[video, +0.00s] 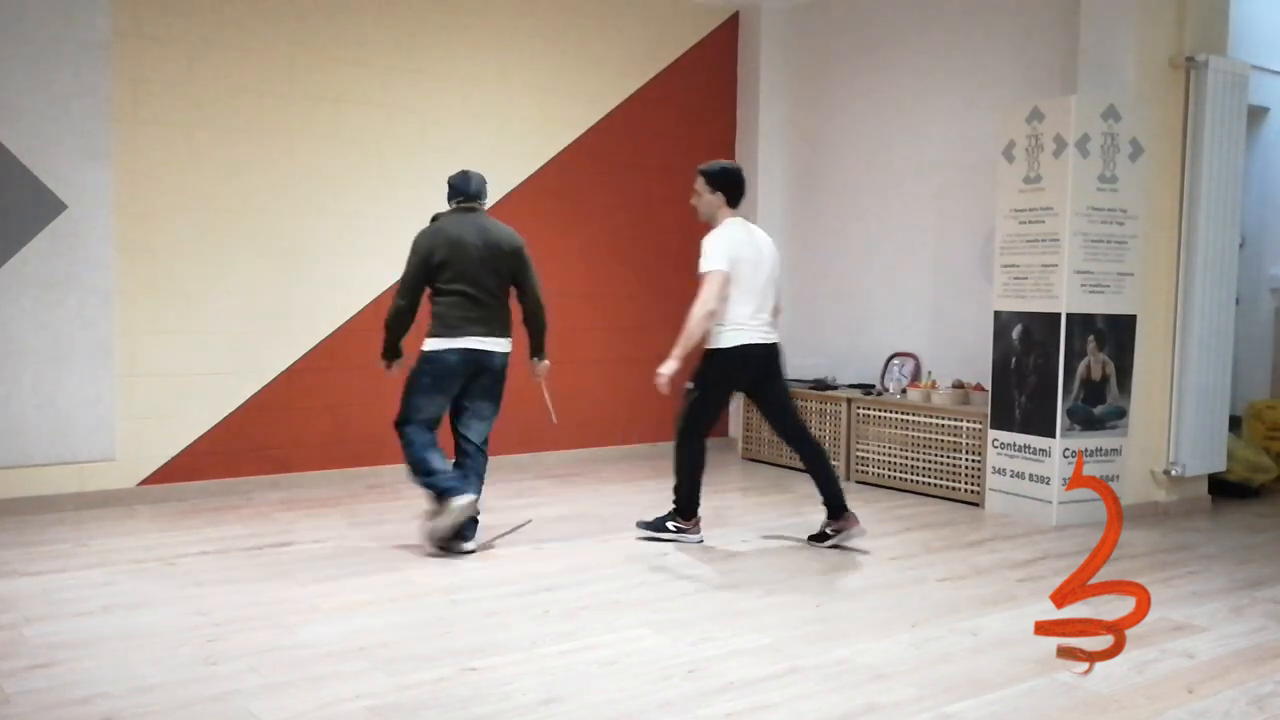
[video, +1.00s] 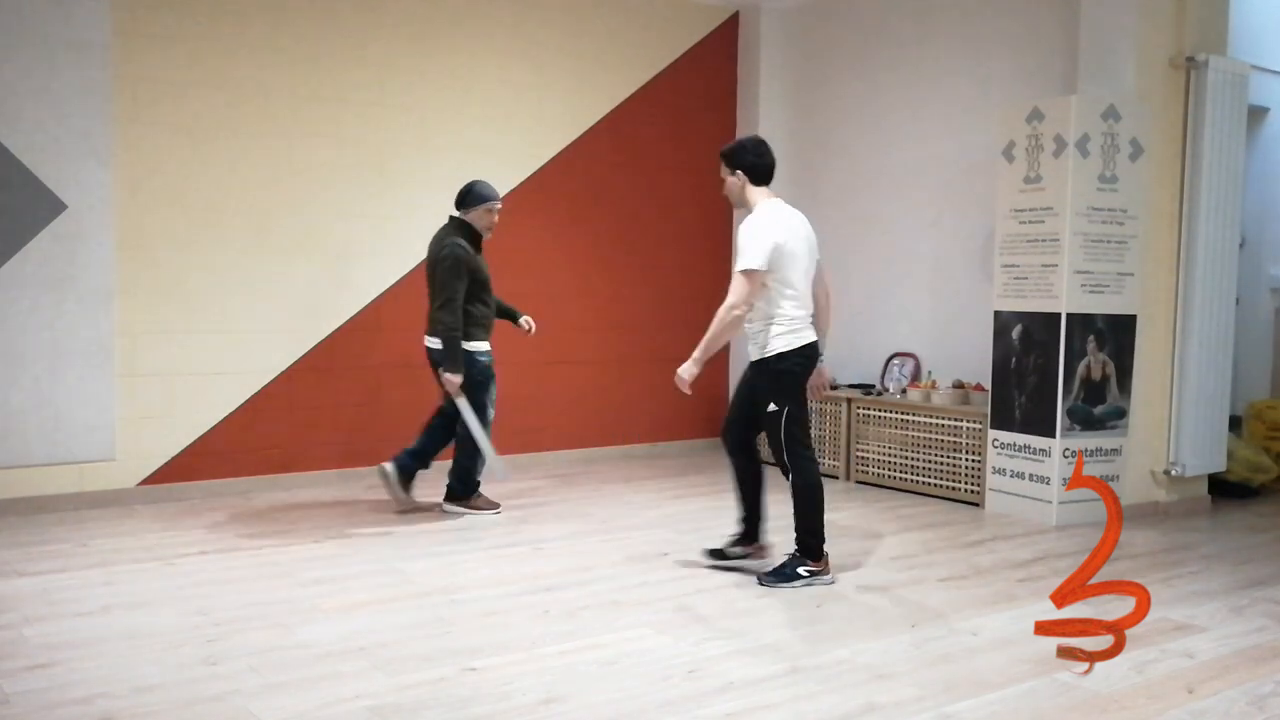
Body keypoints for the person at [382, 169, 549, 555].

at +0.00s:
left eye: (452, 197)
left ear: (450, 198)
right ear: (484, 199)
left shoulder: (432, 236)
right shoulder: (508, 238)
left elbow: (405, 302)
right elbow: (531, 300)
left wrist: (391, 346)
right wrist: (538, 351)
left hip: (446, 350)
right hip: (493, 353)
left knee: (414, 425)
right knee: (473, 440)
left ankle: (452, 493)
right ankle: (464, 532)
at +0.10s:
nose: (489, 204)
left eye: (487, 199)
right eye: (488, 199)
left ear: (449, 196)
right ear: (482, 199)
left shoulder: (419, 231)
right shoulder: (495, 234)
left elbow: (395, 300)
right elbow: (512, 297)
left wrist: (378, 355)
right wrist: (523, 349)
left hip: (426, 346)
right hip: (475, 350)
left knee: (402, 422)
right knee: (468, 437)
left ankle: (396, 506)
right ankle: (455, 528)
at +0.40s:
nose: (472, 223)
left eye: (473, 216)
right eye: (470, 216)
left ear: (438, 210)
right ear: (451, 212)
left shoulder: (395, 239)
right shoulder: (449, 242)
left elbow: (369, 301)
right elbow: (453, 303)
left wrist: (350, 352)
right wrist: (467, 358)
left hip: (392, 352)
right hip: (431, 353)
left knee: (388, 424)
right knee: (442, 429)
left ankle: (370, 504)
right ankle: (420, 510)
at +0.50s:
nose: (469, 219)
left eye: (470, 212)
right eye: (467, 212)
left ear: (434, 205)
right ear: (449, 208)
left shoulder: (399, 232)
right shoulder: (440, 238)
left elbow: (377, 292)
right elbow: (436, 298)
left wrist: (370, 342)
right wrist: (445, 353)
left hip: (388, 345)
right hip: (420, 347)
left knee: (391, 418)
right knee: (453, 418)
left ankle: (370, 503)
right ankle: (417, 499)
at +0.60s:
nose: (468, 215)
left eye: (470, 208)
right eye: (465, 207)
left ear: (435, 203)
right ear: (446, 204)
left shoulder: (404, 230)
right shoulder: (435, 235)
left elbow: (396, 288)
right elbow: (426, 293)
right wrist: (433, 349)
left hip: (394, 343)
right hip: (428, 344)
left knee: (391, 421)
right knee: (454, 417)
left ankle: (370, 503)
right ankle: (430, 496)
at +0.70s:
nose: (472, 215)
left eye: (473, 208)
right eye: (467, 207)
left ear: (439, 207)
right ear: (447, 206)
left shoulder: (414, 232)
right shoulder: (434, 238)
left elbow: (415, 289)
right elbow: (422, 294)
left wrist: (453, 321)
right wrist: (427, 351)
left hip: (401, 343)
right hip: (433, 346)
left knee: (392, 421)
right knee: (451, 418)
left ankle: (371, 503)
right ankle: (452, 492)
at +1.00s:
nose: (497, 219)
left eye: (498, 212)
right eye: (492, 211)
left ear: (472, 213)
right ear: (471, 212)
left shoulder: (461, 243)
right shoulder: (454, 250)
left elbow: (477, 297)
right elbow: (448, 311)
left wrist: (513, 315)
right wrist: (451, 364)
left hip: (461, 347)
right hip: (468, 350)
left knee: (454, 413)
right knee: (476, 422)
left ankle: (403, 469)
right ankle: (462, 492)